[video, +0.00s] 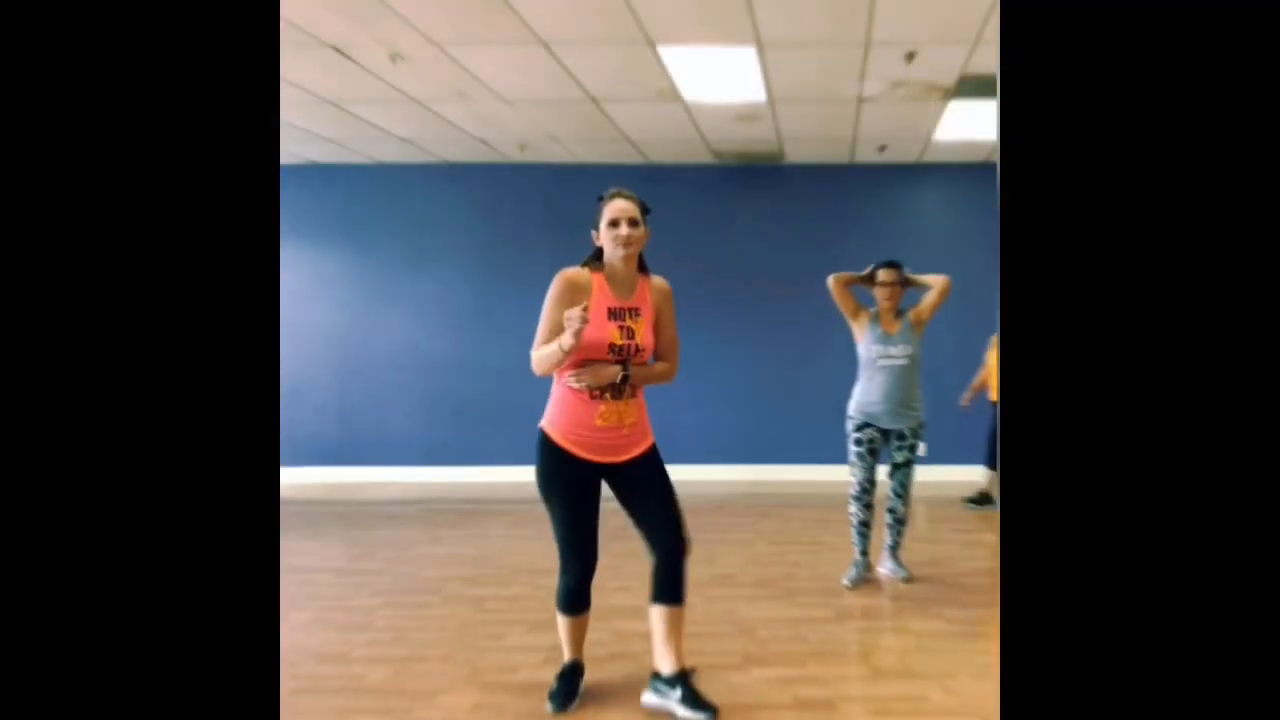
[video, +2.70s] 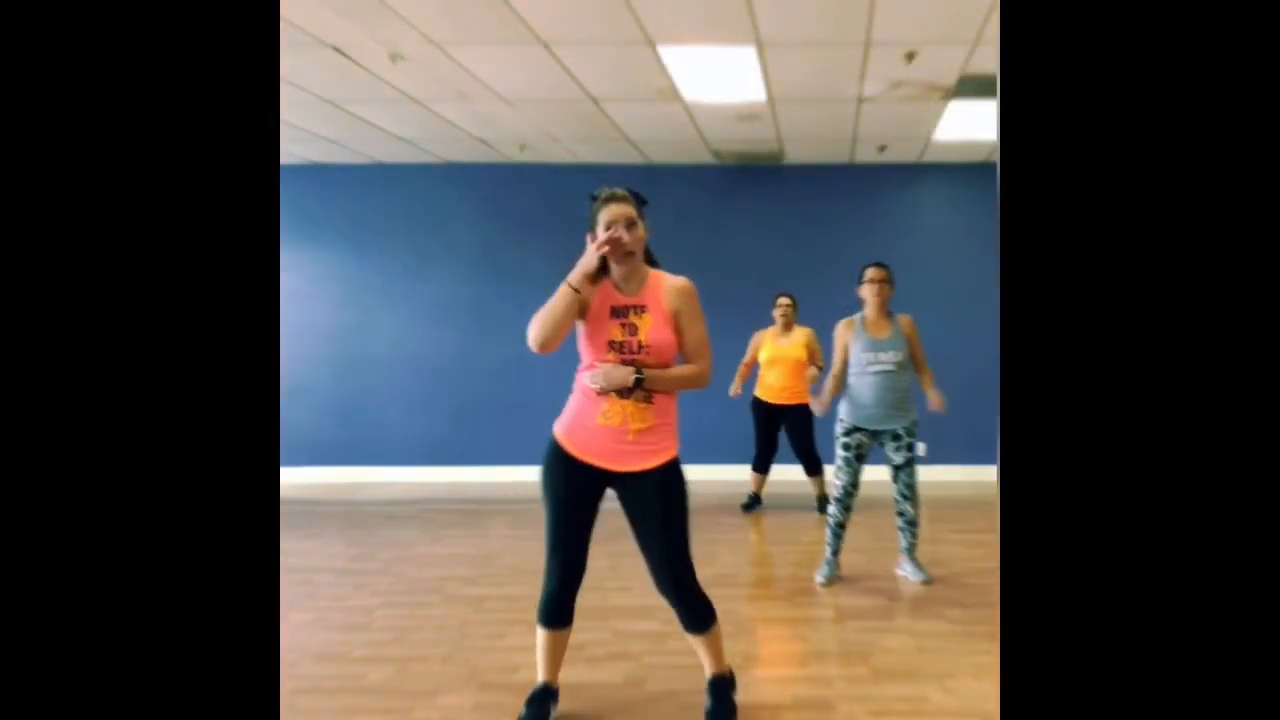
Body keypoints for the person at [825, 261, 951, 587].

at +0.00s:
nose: (888, 292)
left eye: (894, 285)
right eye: (882, 285)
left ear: (903, 290)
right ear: (873, 290)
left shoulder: (914, 322)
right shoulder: (861, 320)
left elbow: (944, 282)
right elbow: (834, 281)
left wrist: (911, 279)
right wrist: (864, 277)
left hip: (905, 418)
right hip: (865, 416)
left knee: (900, 492)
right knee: (862, 490)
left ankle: (891, 556)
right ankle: (860, 560)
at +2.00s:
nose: (846, 294)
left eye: (852, 288)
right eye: (840, 287)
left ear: (860, 293)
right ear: (829, 292)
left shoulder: (869, 324)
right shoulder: (817, 321)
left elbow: (902, 293)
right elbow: (793, 279)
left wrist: (869, 281)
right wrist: (824, 276)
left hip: (862, 418)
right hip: (820, 418)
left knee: (878, 487)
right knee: (824, 490)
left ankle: (876, 555)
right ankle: (827, 559)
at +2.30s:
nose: (847, 290)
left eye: (853, 284)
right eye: (841, 284)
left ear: (862, 289)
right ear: (831, 289)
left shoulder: (872, 322)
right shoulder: (817, 319)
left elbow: (916, 317)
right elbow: (775, 309)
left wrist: (885, 287)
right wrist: (806, 283)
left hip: (865, 417)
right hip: (822, 418)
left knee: (886, 483)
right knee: (825, 490)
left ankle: (887, 554)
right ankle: (828, 560)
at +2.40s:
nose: (851, 288)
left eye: (857, 283)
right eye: (845, 283)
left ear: (866, 289)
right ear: (835, 289)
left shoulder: (878, 323)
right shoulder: (822, 322)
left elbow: (922, 337)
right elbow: (776, 331)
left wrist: (903, 299)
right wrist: (796, 294)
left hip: (870, 418)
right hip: (827, 418)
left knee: (890, 486)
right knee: (827, 491)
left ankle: (899, 554)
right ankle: (828, 560)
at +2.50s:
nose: (858, 288)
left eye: (864, 283)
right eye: (852, 282)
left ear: (873, 289)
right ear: (842, 289)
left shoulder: (885, 324)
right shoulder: (828, 324)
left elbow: (920, 358)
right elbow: (796, 357)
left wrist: (920, 327)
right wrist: (793, 324)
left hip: (877, 420)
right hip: (834, 419)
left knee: (894, 488)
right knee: (831, 491)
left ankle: (906, 557)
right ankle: (828, 560)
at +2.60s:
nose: (867, 288)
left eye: (873, 282)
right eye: (861, 282)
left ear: (882, 290)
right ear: (850, 290)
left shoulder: (895, 326)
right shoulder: (836, 327)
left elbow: (916, 365)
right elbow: (818, 370)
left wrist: (930, 364)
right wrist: (803, 366)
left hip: (888, 421)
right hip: (844, 421)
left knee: (900, 491)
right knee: (838, 491)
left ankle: (907, 558)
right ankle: (829, 560)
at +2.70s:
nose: (877, 288)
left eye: (883, 282)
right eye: (870, 282)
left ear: (892, 289)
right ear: (860, 290)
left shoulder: (904, 325)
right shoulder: (846, 328)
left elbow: (921, 366)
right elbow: (837, 372)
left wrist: (932, 390)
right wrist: (826, 399)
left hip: (899, 421)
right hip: (855, 421)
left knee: (907, 491)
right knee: (844, 490)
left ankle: (908, 558)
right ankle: (831, 559)